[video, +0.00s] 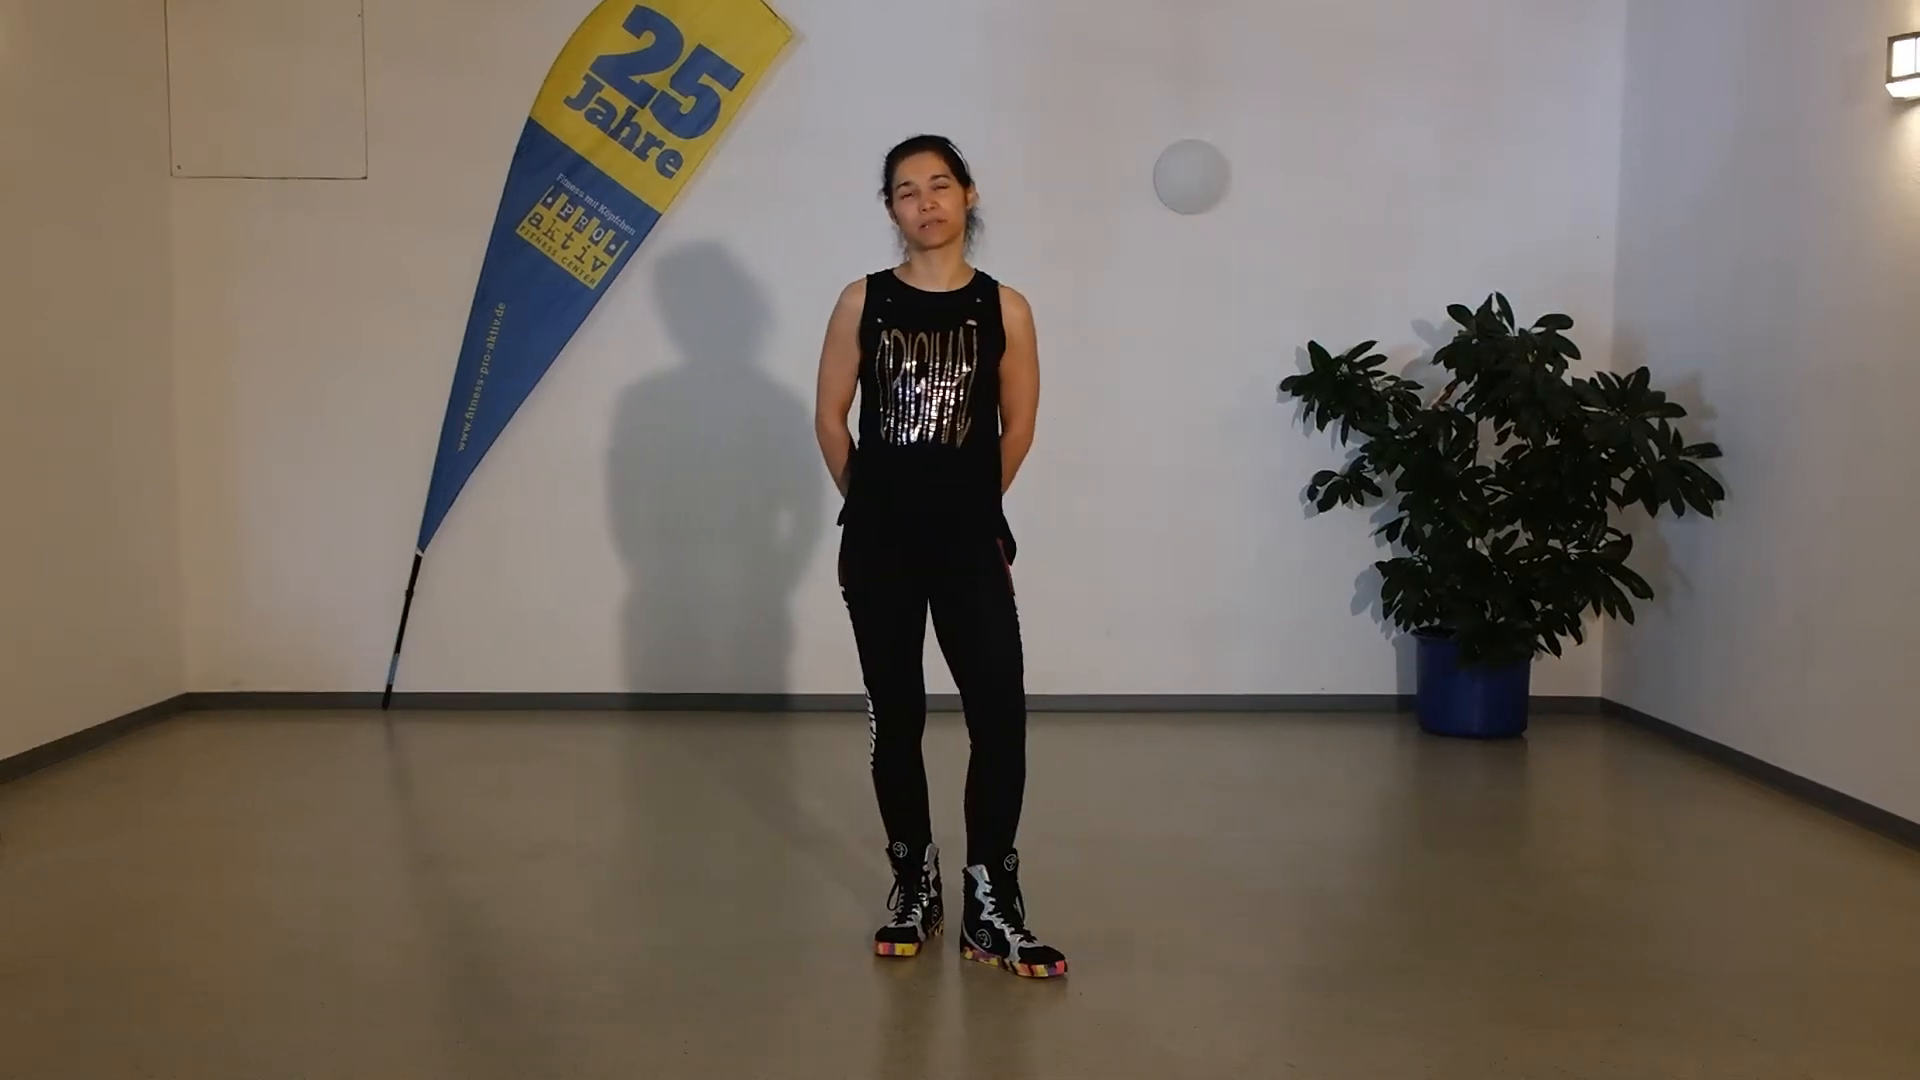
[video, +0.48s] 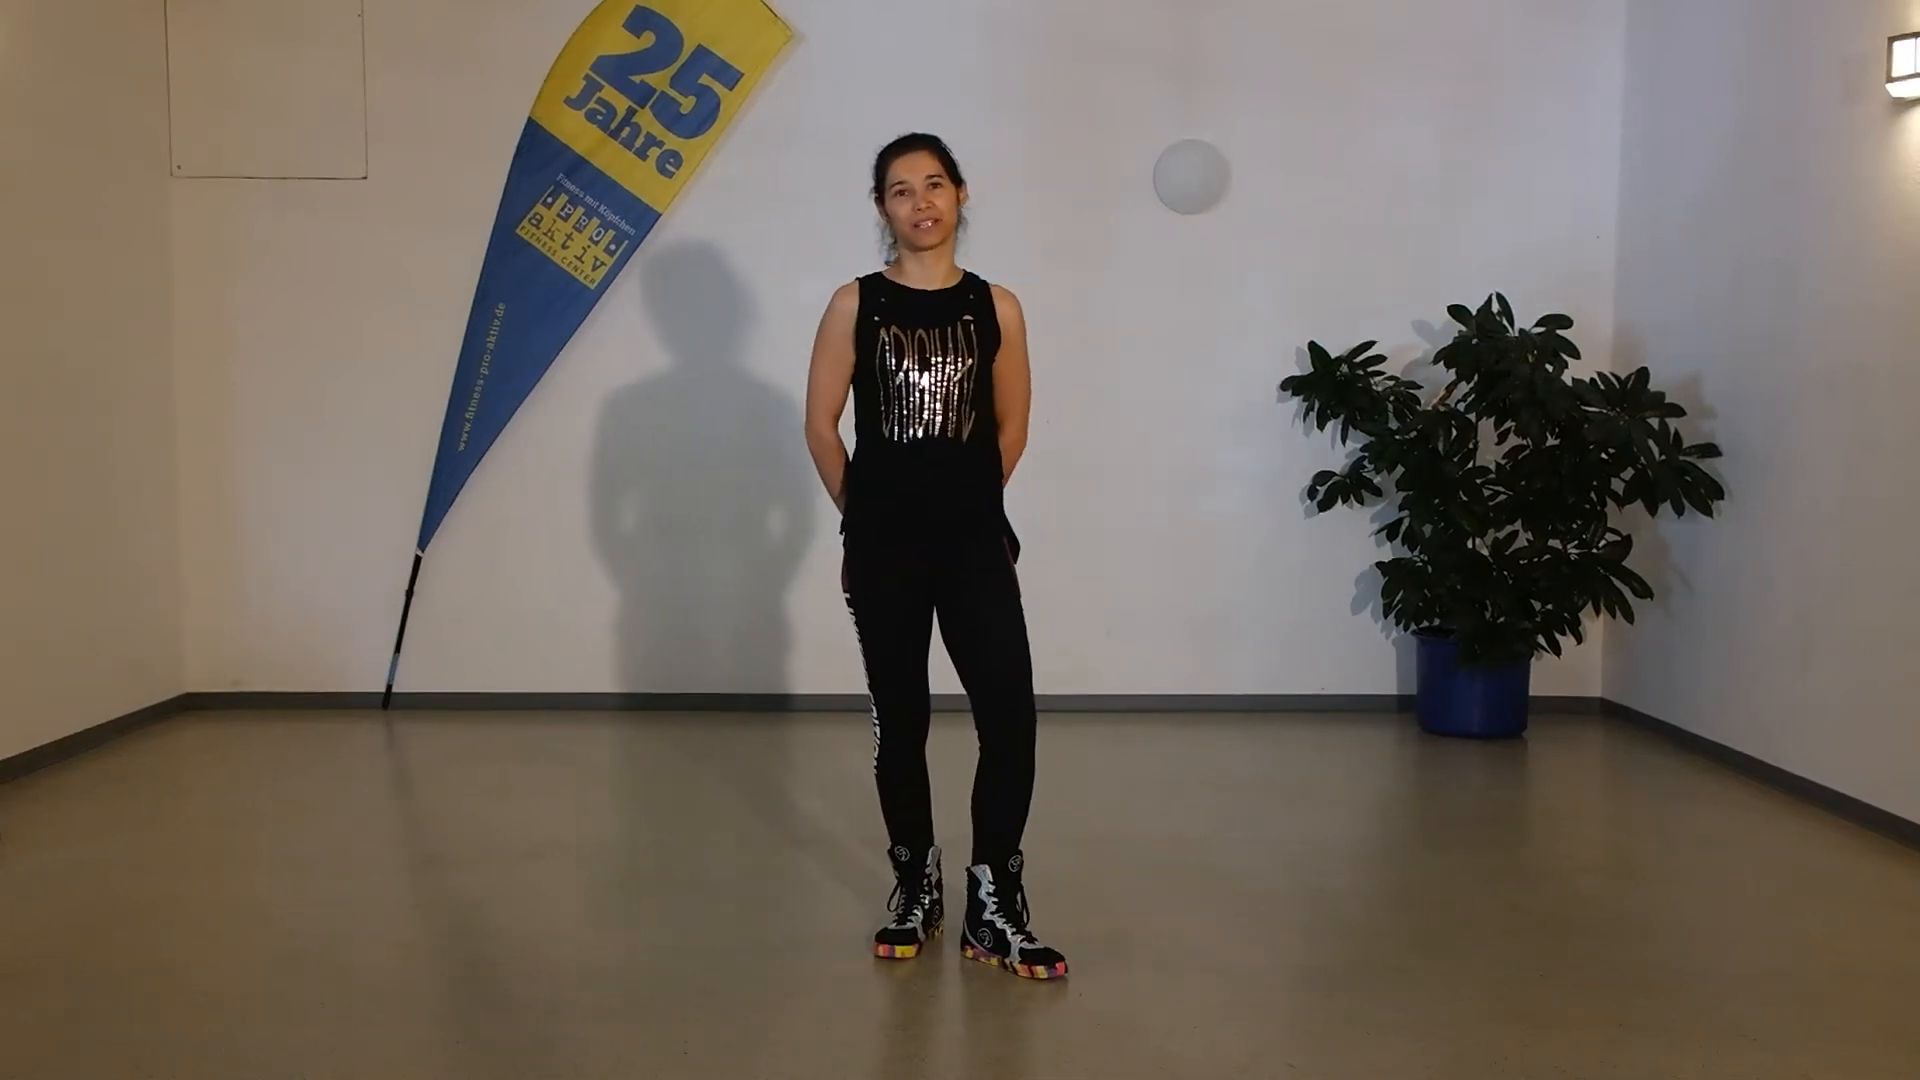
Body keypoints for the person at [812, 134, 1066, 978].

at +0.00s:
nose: (924, 200)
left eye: (938, 185)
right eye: (907, 191)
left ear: (968, 198)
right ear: (891, 211)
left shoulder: (1006, 307)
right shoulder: (862, 302)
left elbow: (1019, 428)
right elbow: (829, 418)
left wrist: (975, 501)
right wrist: (866, 503)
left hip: (970, 536)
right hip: (880, 537)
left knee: (1000, 720)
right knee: (896, 720)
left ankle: (991, 904)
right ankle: (913, 888)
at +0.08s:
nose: (923, 201)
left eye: (936, 186)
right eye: (905, 192)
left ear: (967, 198)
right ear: (890, 212)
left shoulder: (1005, 307)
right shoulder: (862, 302)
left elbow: (1016, 431)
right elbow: (826, 420)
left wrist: (970, 500)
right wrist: (863, 509)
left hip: (969, 535)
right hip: (880, 537)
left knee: (1003, 719)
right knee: (898, 720)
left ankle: (991, 906)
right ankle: (913, 887)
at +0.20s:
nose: (923, 201)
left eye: (937, 186)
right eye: (905, 192)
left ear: (965, 198)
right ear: (889, 211)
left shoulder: (1002, 307)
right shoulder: (862, 302)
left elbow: (1012, 434)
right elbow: (823, 422)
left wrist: (961, 503)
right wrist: (861, 519)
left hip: (971, 533)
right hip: (883, 534)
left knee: (1006, 720)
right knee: (900, 720)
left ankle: (992, 902)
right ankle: (914, 885)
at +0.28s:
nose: (922, 201)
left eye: (936, 186)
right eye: (904, 192)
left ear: (964, 198)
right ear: (888, 211)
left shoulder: (1001, 307)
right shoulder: (861, 301)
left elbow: (1012, 431)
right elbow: (822, 422)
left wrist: (968, 502)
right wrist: (860, 517)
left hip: (971, 535)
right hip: (883, 536)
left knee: (1007, 717)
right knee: (901, 720)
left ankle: (993, 902)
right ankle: (915, 886)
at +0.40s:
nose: (921, 200)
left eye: (935, 185)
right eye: (903, 190)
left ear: (961, 200)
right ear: (885, 210)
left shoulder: (998, 306)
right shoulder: (858, 302)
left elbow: (1012, 432)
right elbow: (820, 424)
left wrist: (966, 506)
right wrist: (862, 519)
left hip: (973, 534)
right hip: (884, 536)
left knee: (1009, 720)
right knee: (900, 720)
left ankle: (993, 904)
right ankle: (915, 888)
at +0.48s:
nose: (920, 200)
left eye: (933, 185)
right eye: (902, 191)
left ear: (960, 199)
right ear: (883, 211)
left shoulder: (997, 306)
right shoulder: (855, 303)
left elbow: (1012, 434)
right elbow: (820, 425)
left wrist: (967, 502)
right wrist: (861, 516)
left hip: (973, 535)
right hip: (883, 537)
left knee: (1010, 720)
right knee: (901, 720)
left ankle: (993, 906)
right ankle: (915, 889)